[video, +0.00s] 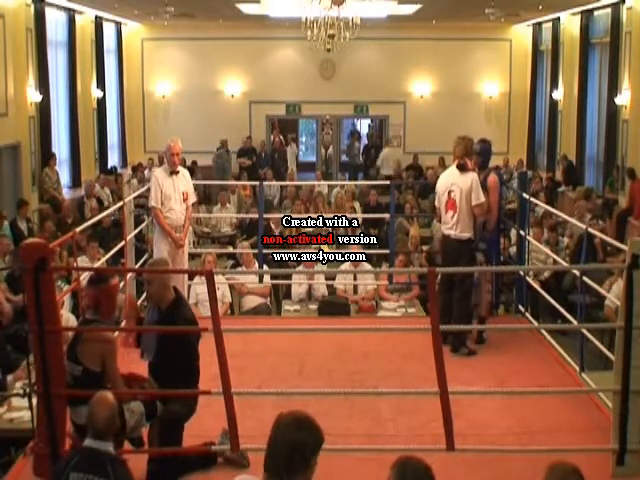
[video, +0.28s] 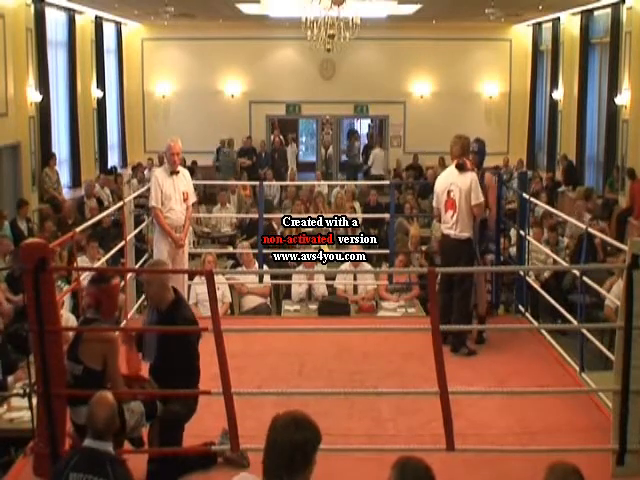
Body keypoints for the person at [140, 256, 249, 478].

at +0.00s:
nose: (146, 288)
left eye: (150, 282)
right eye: (145, 282)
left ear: (166, 282)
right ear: (148, 281)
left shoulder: (181, 319)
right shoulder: (154, 308)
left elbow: (185, 371)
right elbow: (144, 346)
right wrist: (135, 320)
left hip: (177, 398)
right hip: (160, 393)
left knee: (160, 469)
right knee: (160, 467)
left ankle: (217, 451)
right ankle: (215, 449)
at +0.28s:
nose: (145, 289)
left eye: (149, 283)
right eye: (144, 283)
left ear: (163, 284)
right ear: (148, 283)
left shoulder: (181, 320)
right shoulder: (158, 308)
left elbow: (184, 374)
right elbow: (149, 349)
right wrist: (135, 338)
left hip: (178, 399)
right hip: (161, 393)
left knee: (160, 469)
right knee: (159, 467)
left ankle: (217, 452)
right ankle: (214, 450)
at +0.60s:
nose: (142, 294)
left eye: (145, 288)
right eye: (141, 288)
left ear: (162, 287)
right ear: (159, 287)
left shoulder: (181, 321)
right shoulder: (158, 310)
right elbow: (153, 344)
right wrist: (135, 340)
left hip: (179, 399)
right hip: (162, 394)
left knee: (160, 470)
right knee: (159, 467)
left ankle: (217, 452)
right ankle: (215, 450)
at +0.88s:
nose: (141, 294)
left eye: (145, 288)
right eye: (140, 288)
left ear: (162, 287)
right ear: (159, 287)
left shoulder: (181, 321)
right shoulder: (158, 309)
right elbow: (157, 344)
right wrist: (138, 333)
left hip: (180, 399)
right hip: (163, 393)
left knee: (160, 470)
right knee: (159, 467)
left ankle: (217, 451)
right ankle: (215, 450)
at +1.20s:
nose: (142, 296)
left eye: (146, 290)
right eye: (141, 290)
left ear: (162, 288)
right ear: (160, 288)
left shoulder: (181, 322)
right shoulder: (158, 310)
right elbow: (156, 347)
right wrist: (140, 334)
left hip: (179, 400)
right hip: (163, 394)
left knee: (161, 470)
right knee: (158, 467)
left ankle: (216, 451)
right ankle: (215, 450)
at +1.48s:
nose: (142, 296)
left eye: (146, 291)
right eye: (140, 290)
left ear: (163, 289)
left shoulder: (180, 321)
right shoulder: (157, 309)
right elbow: (143, 331)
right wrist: (136, 342)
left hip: (178, 399)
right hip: (162, 393)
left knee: (159, 469)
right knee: (161, 466)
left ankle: (216, 452)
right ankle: (215, 450)